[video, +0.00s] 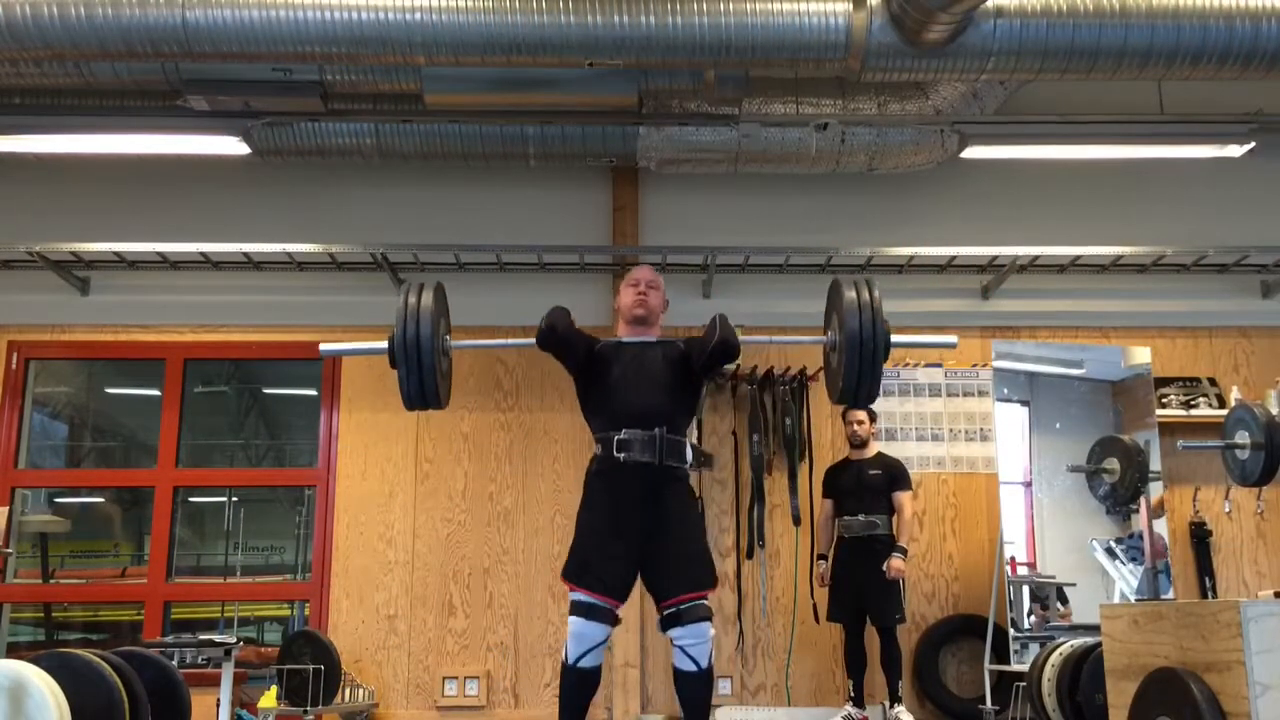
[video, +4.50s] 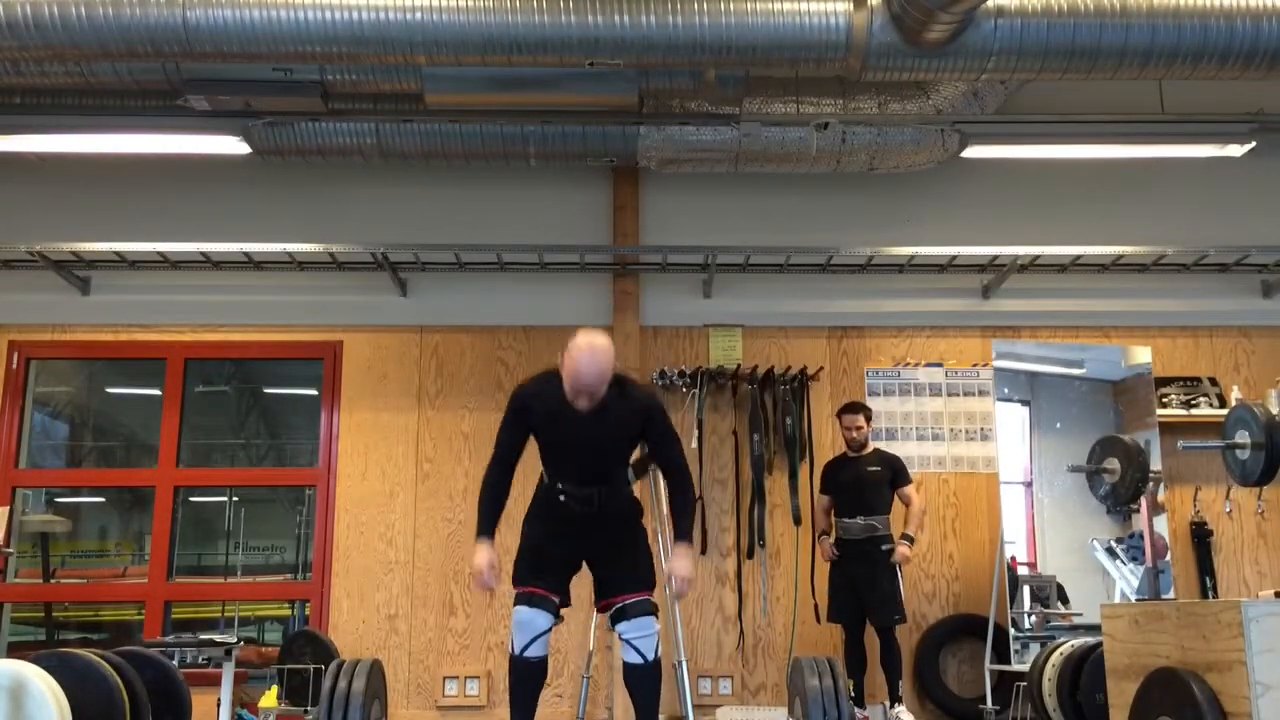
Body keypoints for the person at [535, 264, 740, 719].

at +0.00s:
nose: (642, 290)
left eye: (652, 286)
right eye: (633, 284)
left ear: (664, 306)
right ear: (616, 302)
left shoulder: (683, 354)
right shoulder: (594, 353)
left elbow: (722, 350)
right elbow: (558, 337)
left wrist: (720, 331)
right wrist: (557, 318)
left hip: (673, 501)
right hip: (609, 499)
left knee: (694, 633)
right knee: (587, 631)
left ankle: (697, 718)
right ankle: (570, 718)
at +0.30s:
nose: (644, 278)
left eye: (654, 273)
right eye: (635, 271)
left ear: (665, 291)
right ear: (617, 285)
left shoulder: (684, 342)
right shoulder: (590, 342)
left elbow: (720, 396)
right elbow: (555, 398)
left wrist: (724, 343)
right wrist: (551, 345)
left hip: (664, 486)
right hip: (603, 485)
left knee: (679, 619)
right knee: (586, 616)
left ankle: (698, 717)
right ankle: (569, 717)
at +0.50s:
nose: (639, 321)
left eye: (649, 312)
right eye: (631, 310)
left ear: (663, 311)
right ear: (615, 306)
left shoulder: (684, 361)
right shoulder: (586, 359)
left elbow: (730, 428)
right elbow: (548, 433)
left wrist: (728, 407)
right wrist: (550, 411)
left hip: (661, 502)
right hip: (600, 500)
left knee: (686, 626)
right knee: (583, 622)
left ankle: (698, 716)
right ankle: (568, 717)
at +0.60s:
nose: (640, 335)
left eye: (650, 326)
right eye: (632, 324)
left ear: (665, 323)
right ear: (617, 321)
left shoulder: (688, 376)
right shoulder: (591, 375)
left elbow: (723, 435)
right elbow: (565, 437)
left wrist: (726, 465)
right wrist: (555, 468)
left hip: (667, 517)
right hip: (606, 516)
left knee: (687, 637)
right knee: (589, 627)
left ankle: (691, 718)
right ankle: (571, 718)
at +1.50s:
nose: (610, 352)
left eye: (619, 344)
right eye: (604, 343)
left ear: (633, 345)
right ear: (591, 341)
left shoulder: (652, 390)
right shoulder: (569, 390)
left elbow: (671, 456)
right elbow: (542, 448)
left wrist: (652, 497)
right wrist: (547, 484)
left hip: (641, 517)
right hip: (590, 518)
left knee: (655, 625)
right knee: (593, 628)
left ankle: (669, 712)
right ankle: (594, 714)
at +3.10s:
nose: (576, 354)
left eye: (580, 344)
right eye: (565, 347)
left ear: (591, 336)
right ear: (548, 344)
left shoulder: (620, 380)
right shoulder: (526, 386)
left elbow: (648, 442)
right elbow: (498, 447)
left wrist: (665, 501)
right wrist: (475, 505)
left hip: (610, 511)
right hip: (555, 512)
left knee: (642, 613)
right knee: (552, 622)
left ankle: (630, 714)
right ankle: (543, 718)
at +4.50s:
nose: (583, 401)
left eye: (593, 393)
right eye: (576, 391)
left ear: (611, 376)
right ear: (562, 365)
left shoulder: (640, 404)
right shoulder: (532, 398)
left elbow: (677, 473)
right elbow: (501, 466)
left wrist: (683, 545)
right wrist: (484, 540)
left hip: (617, 518)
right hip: (553, 515)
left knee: (640, 629)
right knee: (530, 624)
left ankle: (648, 716)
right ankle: (521, 716)